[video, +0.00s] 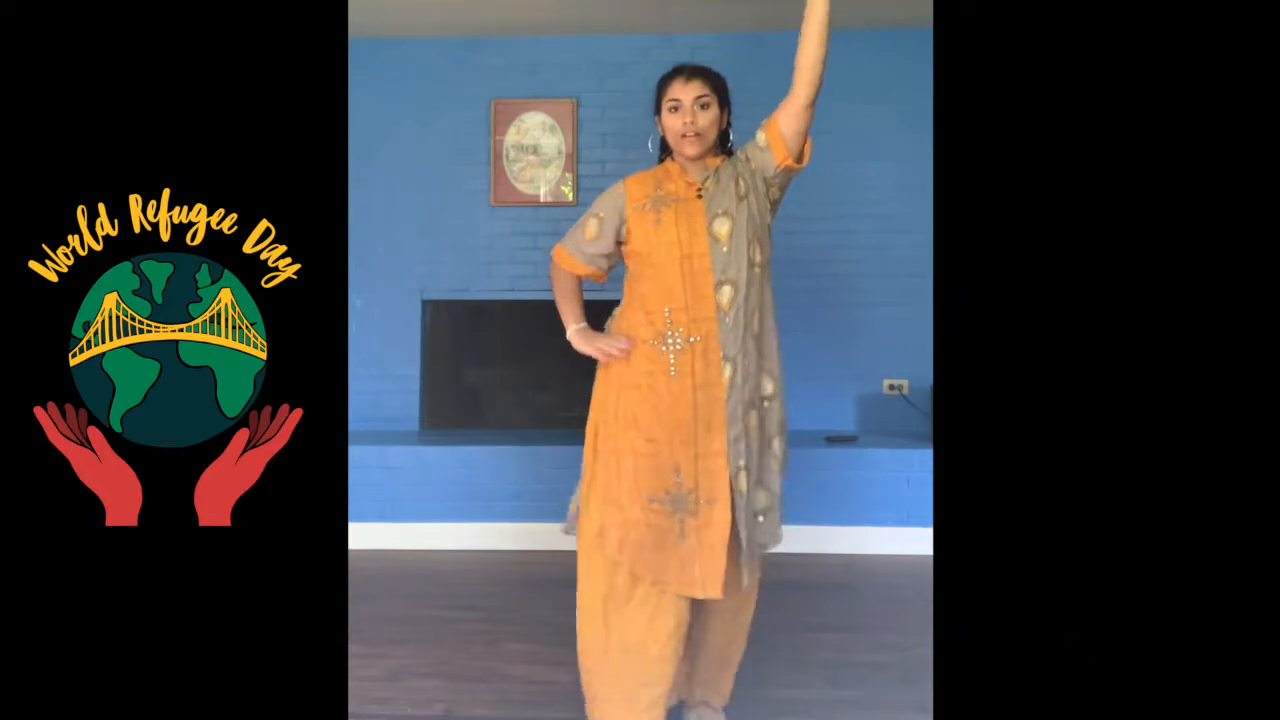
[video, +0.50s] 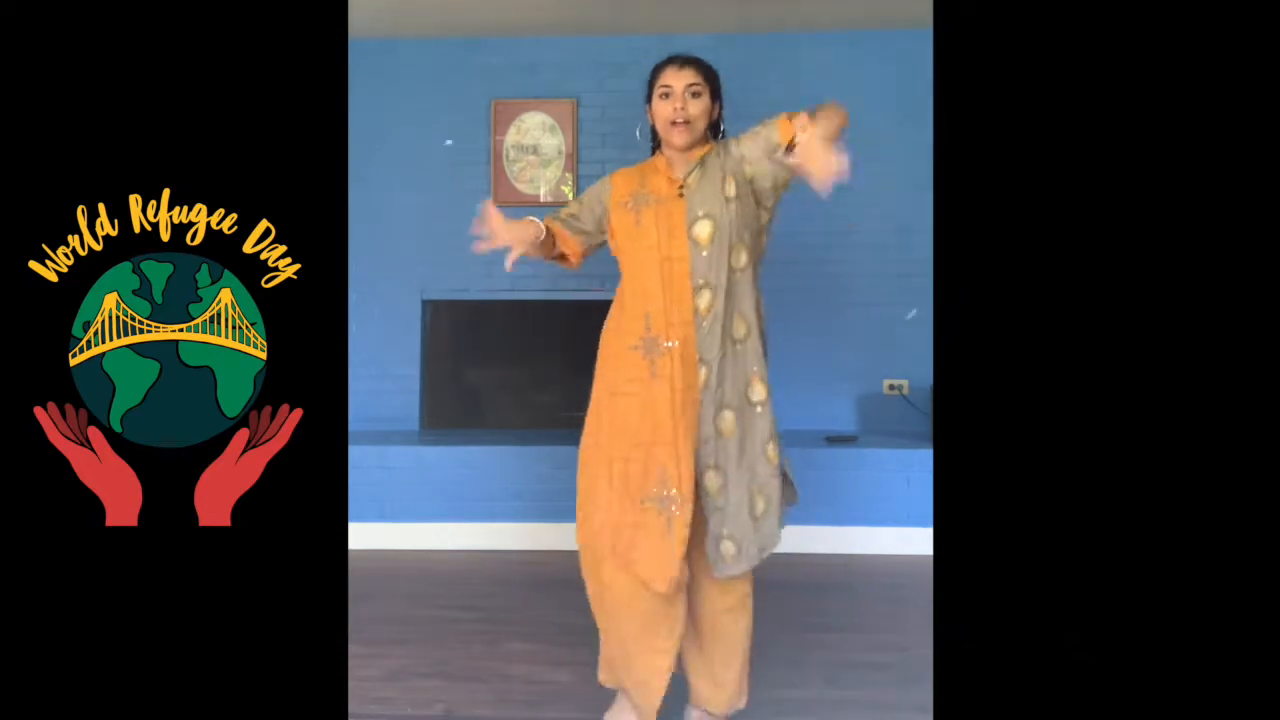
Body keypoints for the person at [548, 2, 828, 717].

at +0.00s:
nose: (689, 117)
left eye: (702, 105)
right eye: (675, 107)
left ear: (723, 117)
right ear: (660, 121)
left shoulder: (751, 179)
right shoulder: (634, 194)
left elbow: (803, 91)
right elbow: (566, 258)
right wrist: (579, 332)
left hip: (731, 391)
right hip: (643, 390)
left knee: (729, 551)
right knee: (634, 552)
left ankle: (704, 701)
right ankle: (630, 705)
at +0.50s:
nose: (678, 106)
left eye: (692, 95)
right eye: (666, 95)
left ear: (714, 109)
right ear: (649, 111)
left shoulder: (740, 162)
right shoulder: (621, 188)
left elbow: (825, 116)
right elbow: (567, 235)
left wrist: (812, 138)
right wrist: (528, 233)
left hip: (723, 384)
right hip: (637, 385)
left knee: (720, 547)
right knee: (633, 541)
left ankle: (714, 702)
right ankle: (635, 695)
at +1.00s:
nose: (696, 118)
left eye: (709, 105)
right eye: (683, 107)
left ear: (734, 116)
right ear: (667, 122)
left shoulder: (763, 201)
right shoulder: (636, 193)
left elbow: (766, 297)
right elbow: (599, 268)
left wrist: (730, 315)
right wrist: (604, 291)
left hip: (729, 390)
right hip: (647, 387)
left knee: (726, 532)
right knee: (652, 524)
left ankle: (707, 690)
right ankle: (661, 680)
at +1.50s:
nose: (696, 151)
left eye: (711, 138)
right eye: (684, 138)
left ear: (731, 142)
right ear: (667, 142)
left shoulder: (762, 215)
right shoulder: (635, 206)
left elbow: (769, 321)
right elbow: (613, 311)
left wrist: (778, 414)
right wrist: (595, 403)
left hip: (733, 413)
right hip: (647, 411)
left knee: (732, 560)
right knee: (651, 559)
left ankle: (712, 702)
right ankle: (660, 695)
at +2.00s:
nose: (695, 92)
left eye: (710, 85)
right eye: (683, 85)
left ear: (729, 110)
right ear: (663, 109)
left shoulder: (755, 170)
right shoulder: (630, 186)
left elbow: (836, 243)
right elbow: (589, 290)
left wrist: (777, 314)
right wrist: (581, 384)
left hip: (721, 379)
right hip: (634, 376)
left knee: (719, 530)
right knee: (624, 536)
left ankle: (707, 694)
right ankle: (620, 698)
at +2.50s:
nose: (682, 88)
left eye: (694, 78)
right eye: (668, 80)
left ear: (714, 98)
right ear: (649, 101)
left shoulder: (747, 170)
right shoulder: (622, 171)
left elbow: (776, 276)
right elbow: (579, 272)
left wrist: (763, 281)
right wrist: (605, 238)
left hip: (719, 375)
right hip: (633, 375)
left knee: (718, 526)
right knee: (628, 532)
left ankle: (713, 671)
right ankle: (647, 694)